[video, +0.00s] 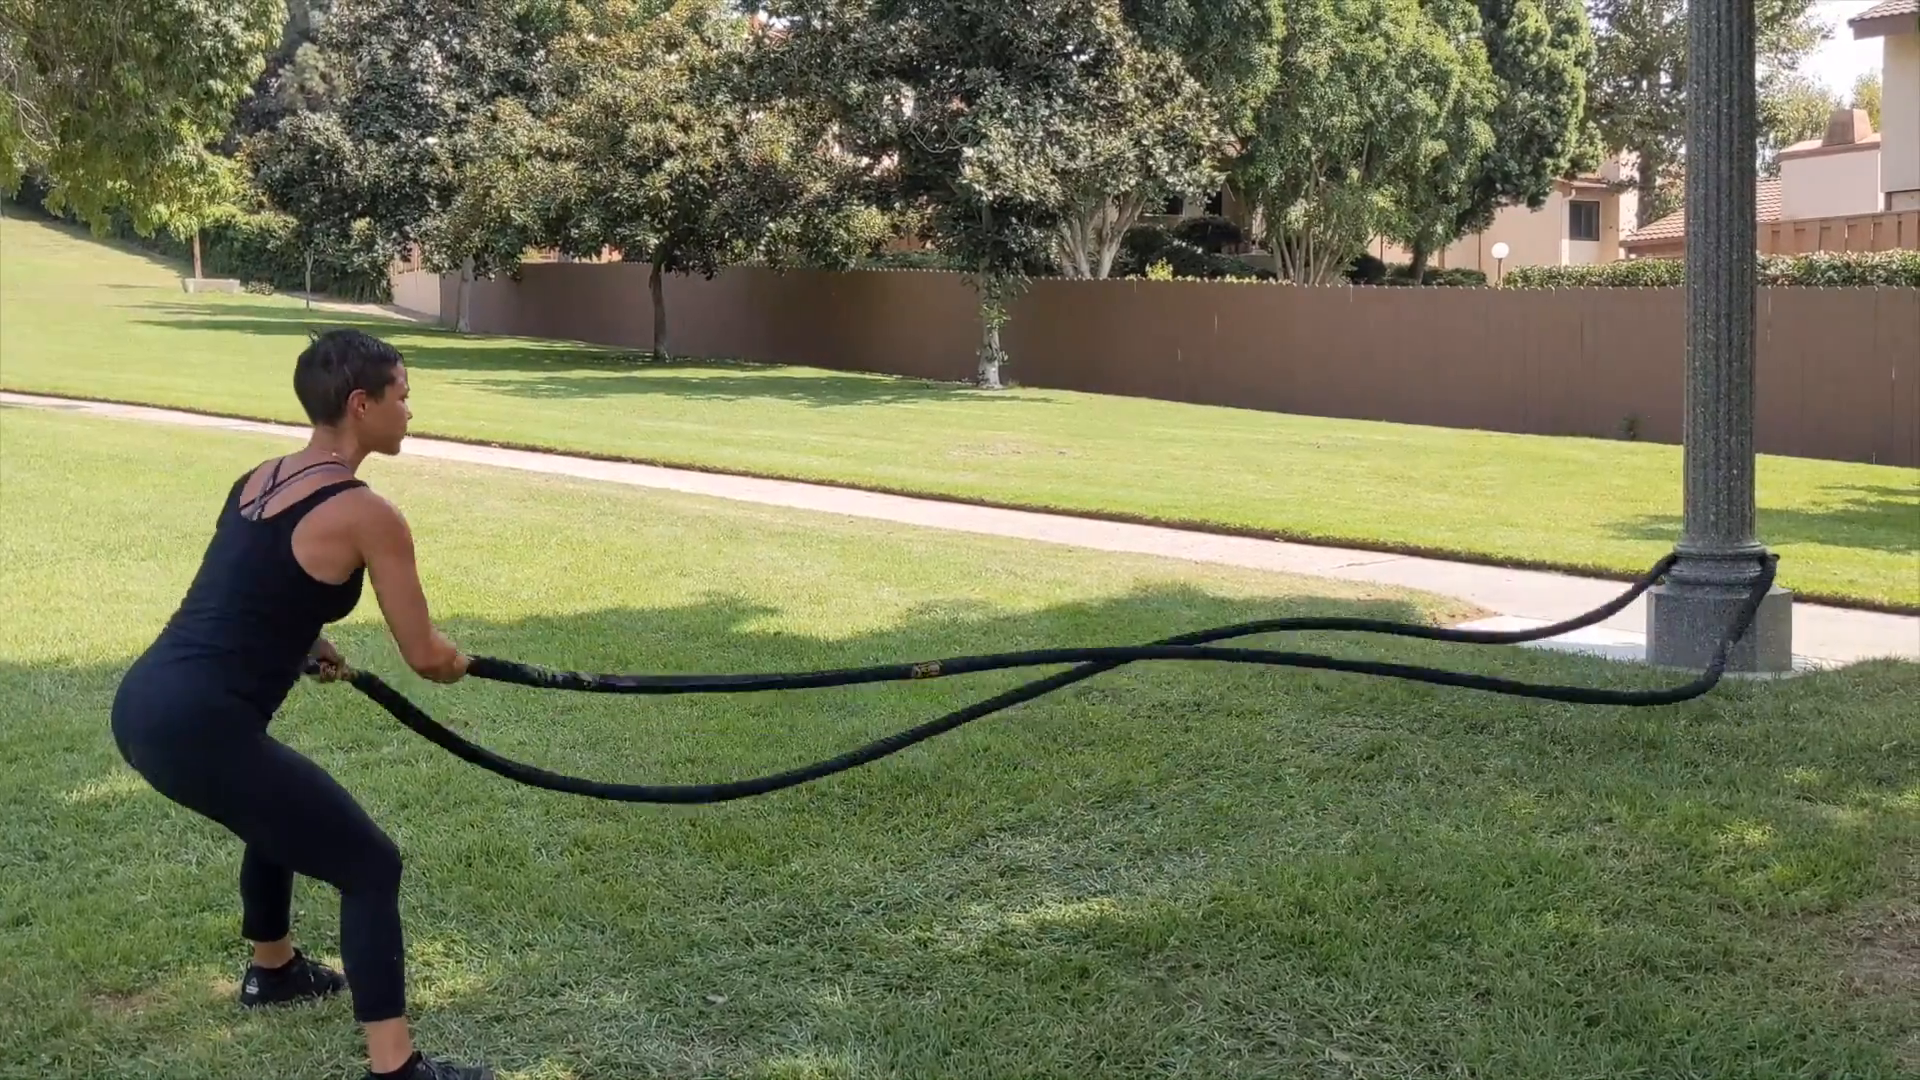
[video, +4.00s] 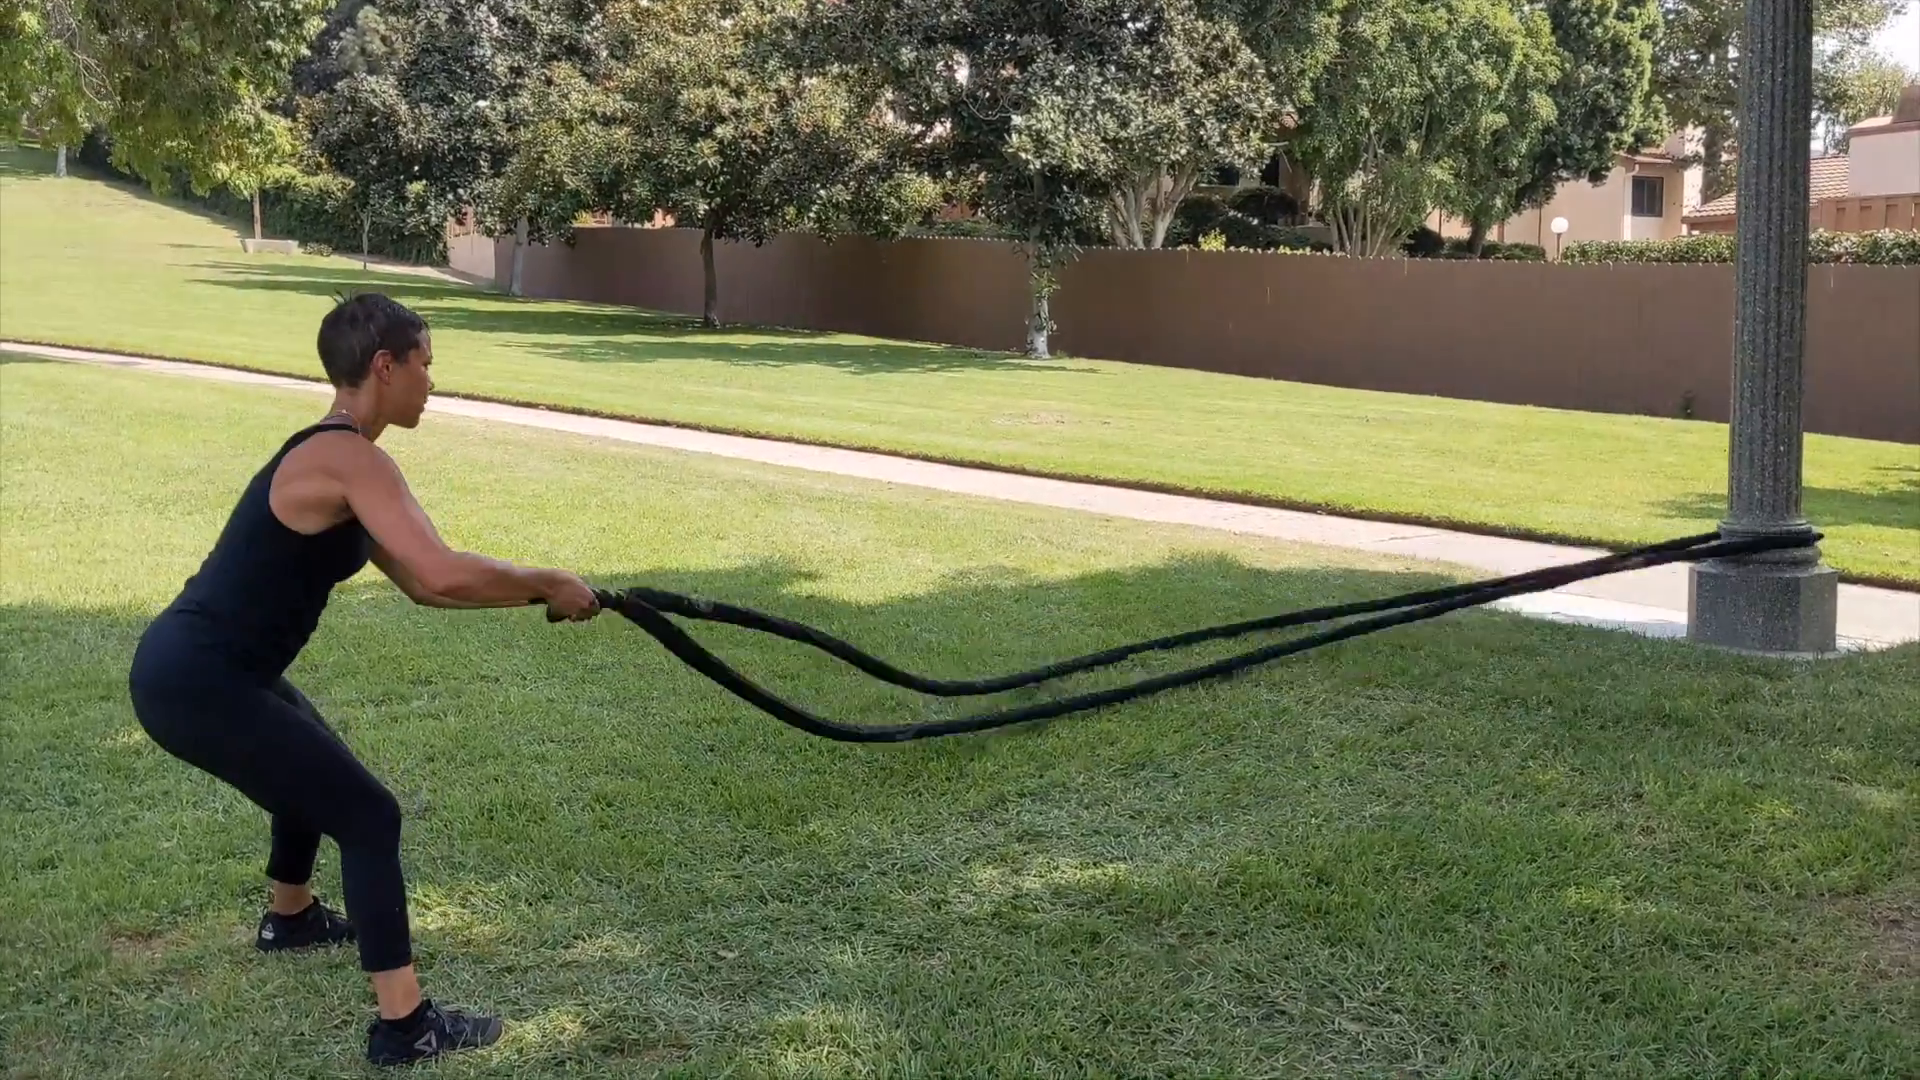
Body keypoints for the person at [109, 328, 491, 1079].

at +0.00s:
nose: (409, 407)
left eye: (406, 392)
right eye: (400, 393)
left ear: (333, 406)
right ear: (359, 404)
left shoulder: (263, 476)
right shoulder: (369, 515)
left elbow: (234, 590)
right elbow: (424, 654)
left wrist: (304, 642)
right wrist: (450, 660)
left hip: (144, 708)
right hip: (203, 728)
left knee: (280, 808)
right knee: (371, 864)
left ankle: (273, 968)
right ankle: (394, 1061)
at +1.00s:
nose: (381, 396)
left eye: (379, 381)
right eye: (373, 382)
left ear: (304, 388)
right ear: (330, 389)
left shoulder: (237, 451)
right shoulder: (366, 481)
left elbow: (166, 547)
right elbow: (408, 599)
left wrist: (262, 552)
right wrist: (414, 603)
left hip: (152, 683)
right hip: (234, 691)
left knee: (289, 787)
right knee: (379, 841)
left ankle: (288, 949)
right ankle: (402, 1047)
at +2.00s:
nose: (426, 404)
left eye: (426, 387)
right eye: (419, 387)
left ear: (359, 389)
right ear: (376, 387)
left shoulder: (303, 461)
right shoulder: (363, 487)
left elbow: (357, 576)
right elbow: (431, 619)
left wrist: (471, 594)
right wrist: (527, 638)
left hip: (173, 677)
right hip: (217, 696)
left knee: (318, 790)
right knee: (381, 838)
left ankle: (296, 945)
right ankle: (412, 1047)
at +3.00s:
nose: (469, 386)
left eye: (468, 370)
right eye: (462, 370)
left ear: (400, 375)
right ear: (420, 373)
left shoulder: (356, 451)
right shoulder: (383, 473)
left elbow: (403, 599)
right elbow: (432, 597)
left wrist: (483, 613)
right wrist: (572, 601)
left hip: (224, 655)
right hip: (238, 680)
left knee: (341, 774)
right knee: (398, 823)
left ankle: (310, 927)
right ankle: (427, 1031)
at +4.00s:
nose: (431, 383)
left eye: (430, 366)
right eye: (425, 366)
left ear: (363, 370)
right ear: (383, 366)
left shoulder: (323, 451)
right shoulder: (355, 459)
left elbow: (423, 585)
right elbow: (438, 575)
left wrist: (527, 589)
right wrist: (546, 584)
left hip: (200, 661)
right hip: (199, 681)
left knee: (317, 765)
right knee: (370, 815)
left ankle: (290, 914)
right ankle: (403, 1020)